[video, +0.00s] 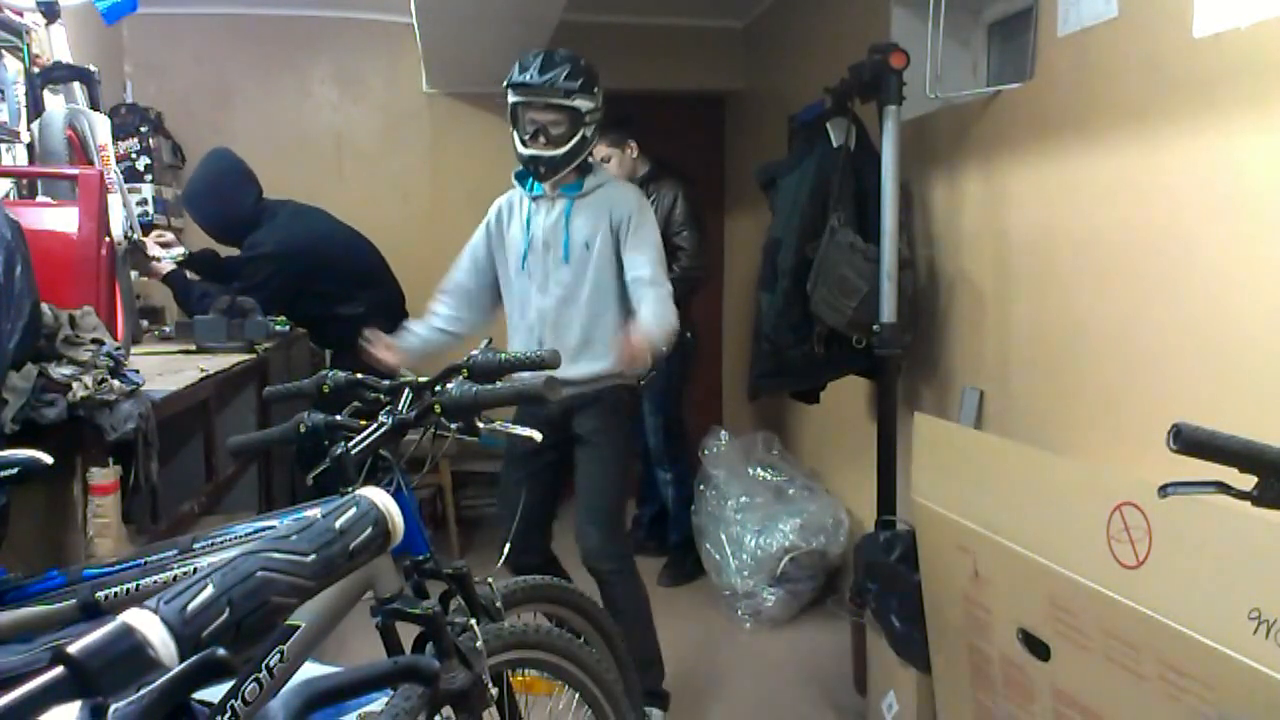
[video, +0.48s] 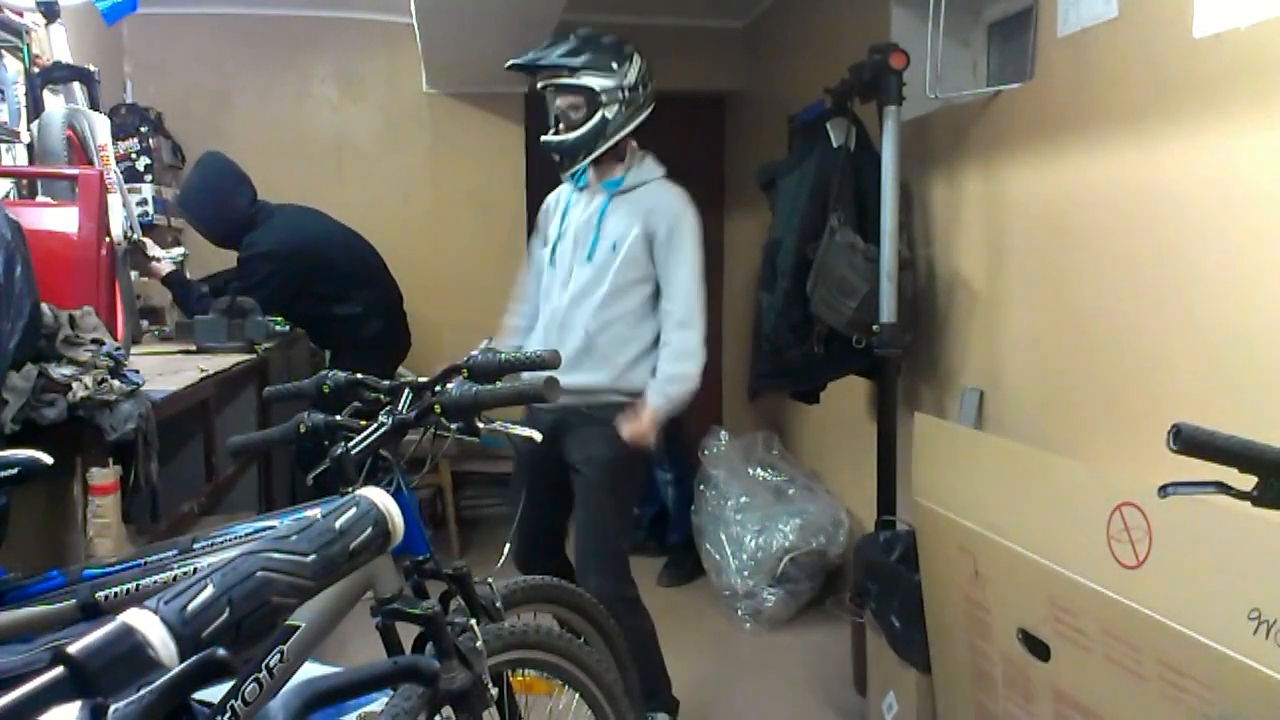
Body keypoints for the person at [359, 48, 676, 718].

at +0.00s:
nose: (538, 131)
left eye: (554, 118)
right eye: (528, 118)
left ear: (586, 123)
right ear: (513, 121)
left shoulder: (619, 201)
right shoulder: (507, 212)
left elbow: (655, 296)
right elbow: (460, 305)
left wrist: (647, 335)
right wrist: (405, 346)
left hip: (604, 395)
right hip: (535, 399)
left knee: (601, 546)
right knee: (521, 546)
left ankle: (646, 694)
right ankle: (582, 655)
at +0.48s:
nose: (558, 115)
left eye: (573, 100)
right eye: (553, 102)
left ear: (618, 106)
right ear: (549, 105)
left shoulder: (664, 204)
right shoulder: (557, 204)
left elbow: (685, 319)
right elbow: (524, 306)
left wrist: (658, 404)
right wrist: (486, 380)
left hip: (611, 415)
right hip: (543, 411)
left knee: (602, 577)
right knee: (532, 554)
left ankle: (653, 703)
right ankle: (588, 661)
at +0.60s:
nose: (559, 112)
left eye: (572, 97)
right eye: (558, 98)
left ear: (619, 105)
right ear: (604, 109)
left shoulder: (674, 204)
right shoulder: (576, 196)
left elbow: (692, 332)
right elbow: (558, 309)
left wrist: (656, 417)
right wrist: (517, 383)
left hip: (609, 417)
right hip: (544, 405)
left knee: (596, 581)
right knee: (502, 548)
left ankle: (653, 705)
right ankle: (561, 654)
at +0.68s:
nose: (558, 119)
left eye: (570, 102)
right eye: (557, 103)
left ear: (616, 107)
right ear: (610, 113)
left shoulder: (671, 211)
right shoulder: (574, 204)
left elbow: (690, 335)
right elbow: (533, 309)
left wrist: (633, 388)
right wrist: (454, 334)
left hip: (617, 427)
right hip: (548, 416)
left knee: (590, 591)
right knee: (482, 563)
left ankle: (652, 706)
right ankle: (471, 691)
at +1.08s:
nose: (518, 118)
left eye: (530, 101)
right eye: (519, 101)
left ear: (572, 105)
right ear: (570, 109)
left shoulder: (628, 211)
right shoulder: (543, 201)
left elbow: (629, 349)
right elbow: (508, 306)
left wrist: (528, 394)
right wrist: (426, 335)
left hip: (571, 434)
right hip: (502, 416)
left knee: (556, 598)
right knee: (417, 535)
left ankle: (642, 699)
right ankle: (453, 670)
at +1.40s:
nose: (440, 108)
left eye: (448, 91)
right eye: (440, 92)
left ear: (487, 91)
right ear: (491, 93)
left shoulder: (534, 195)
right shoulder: (485, 188)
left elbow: (545, 338)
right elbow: (461, 307)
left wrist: (476, 421)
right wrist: (413, 394)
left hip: (464, 424)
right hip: (426, 413)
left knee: (480, 583)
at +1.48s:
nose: (421, 114)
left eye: (429, 97)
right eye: (422, 98)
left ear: (465, 96)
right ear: (470, 99)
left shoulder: (515, 202)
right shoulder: (470, 196)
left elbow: (501, 347)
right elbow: (442, 322)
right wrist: (381, 354)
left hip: (461, 437)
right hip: (424, 429)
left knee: (458, 610)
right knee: (424, 601)